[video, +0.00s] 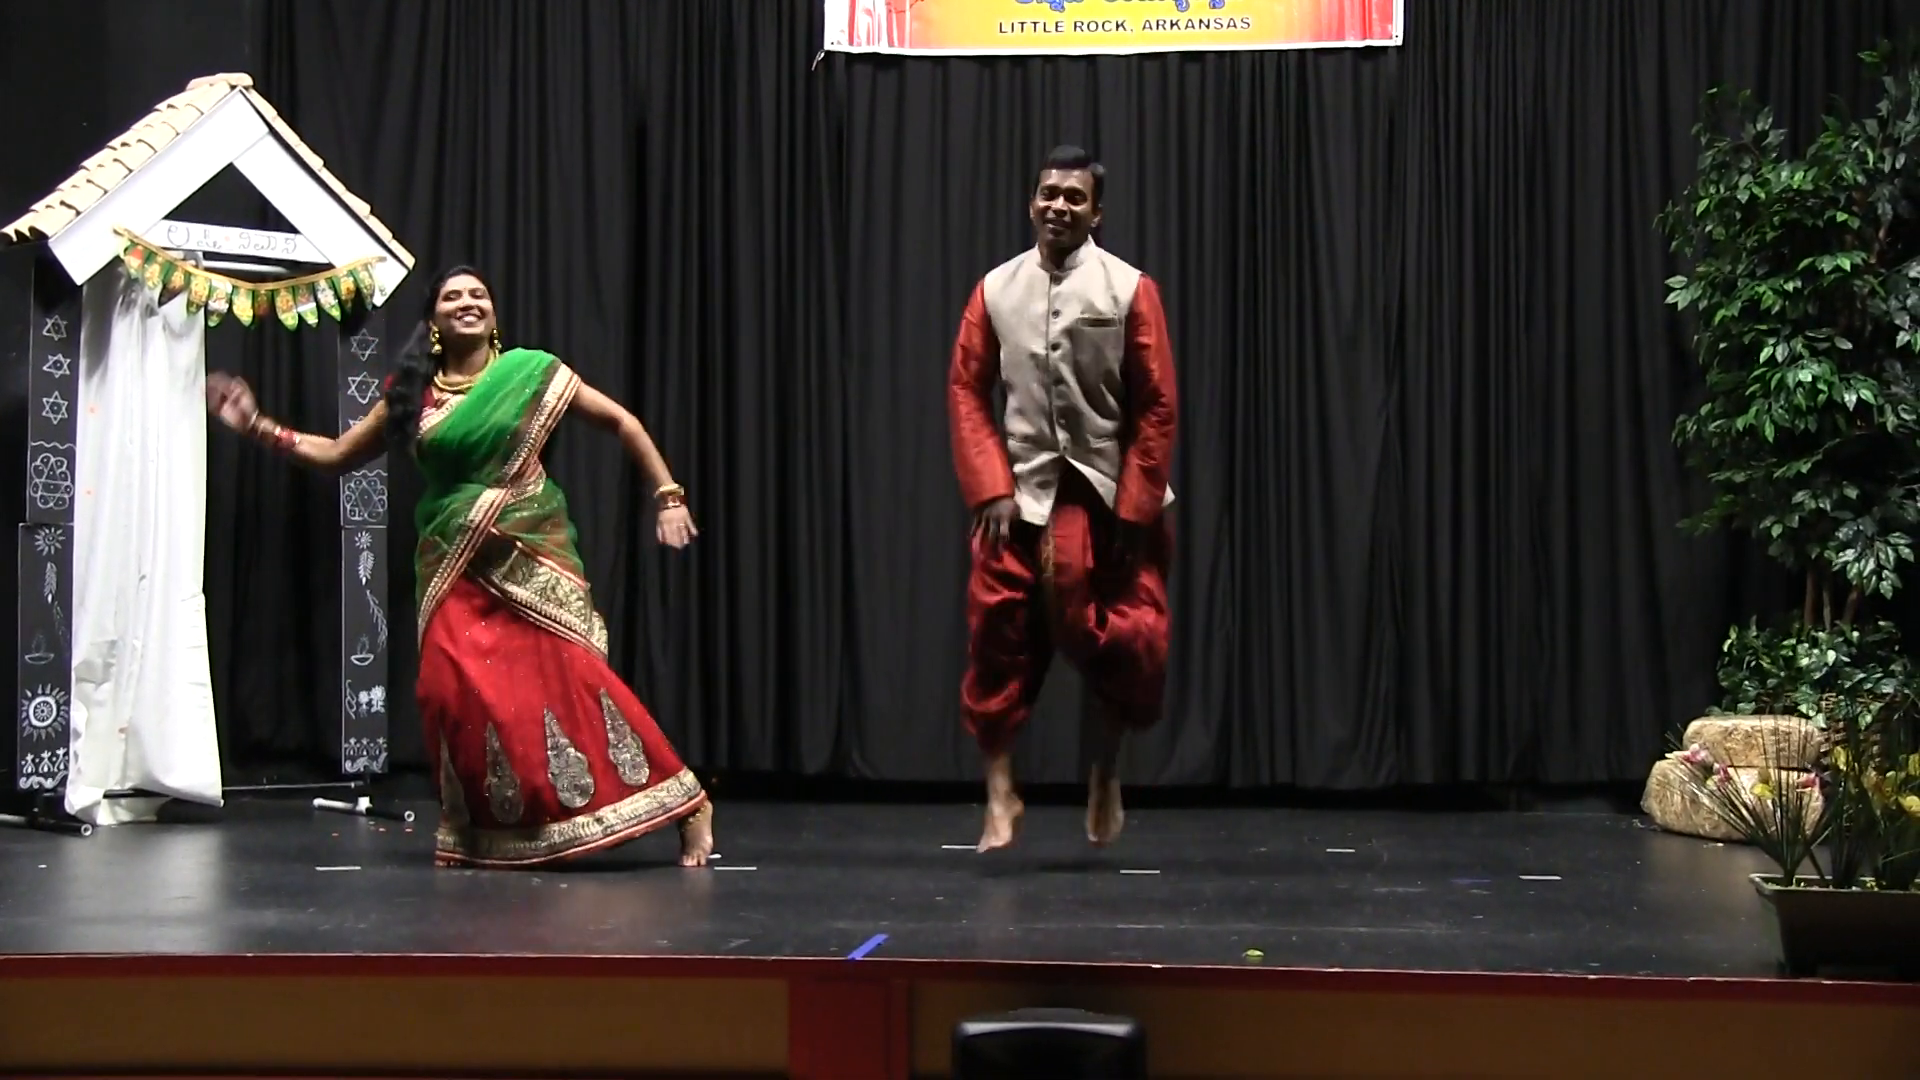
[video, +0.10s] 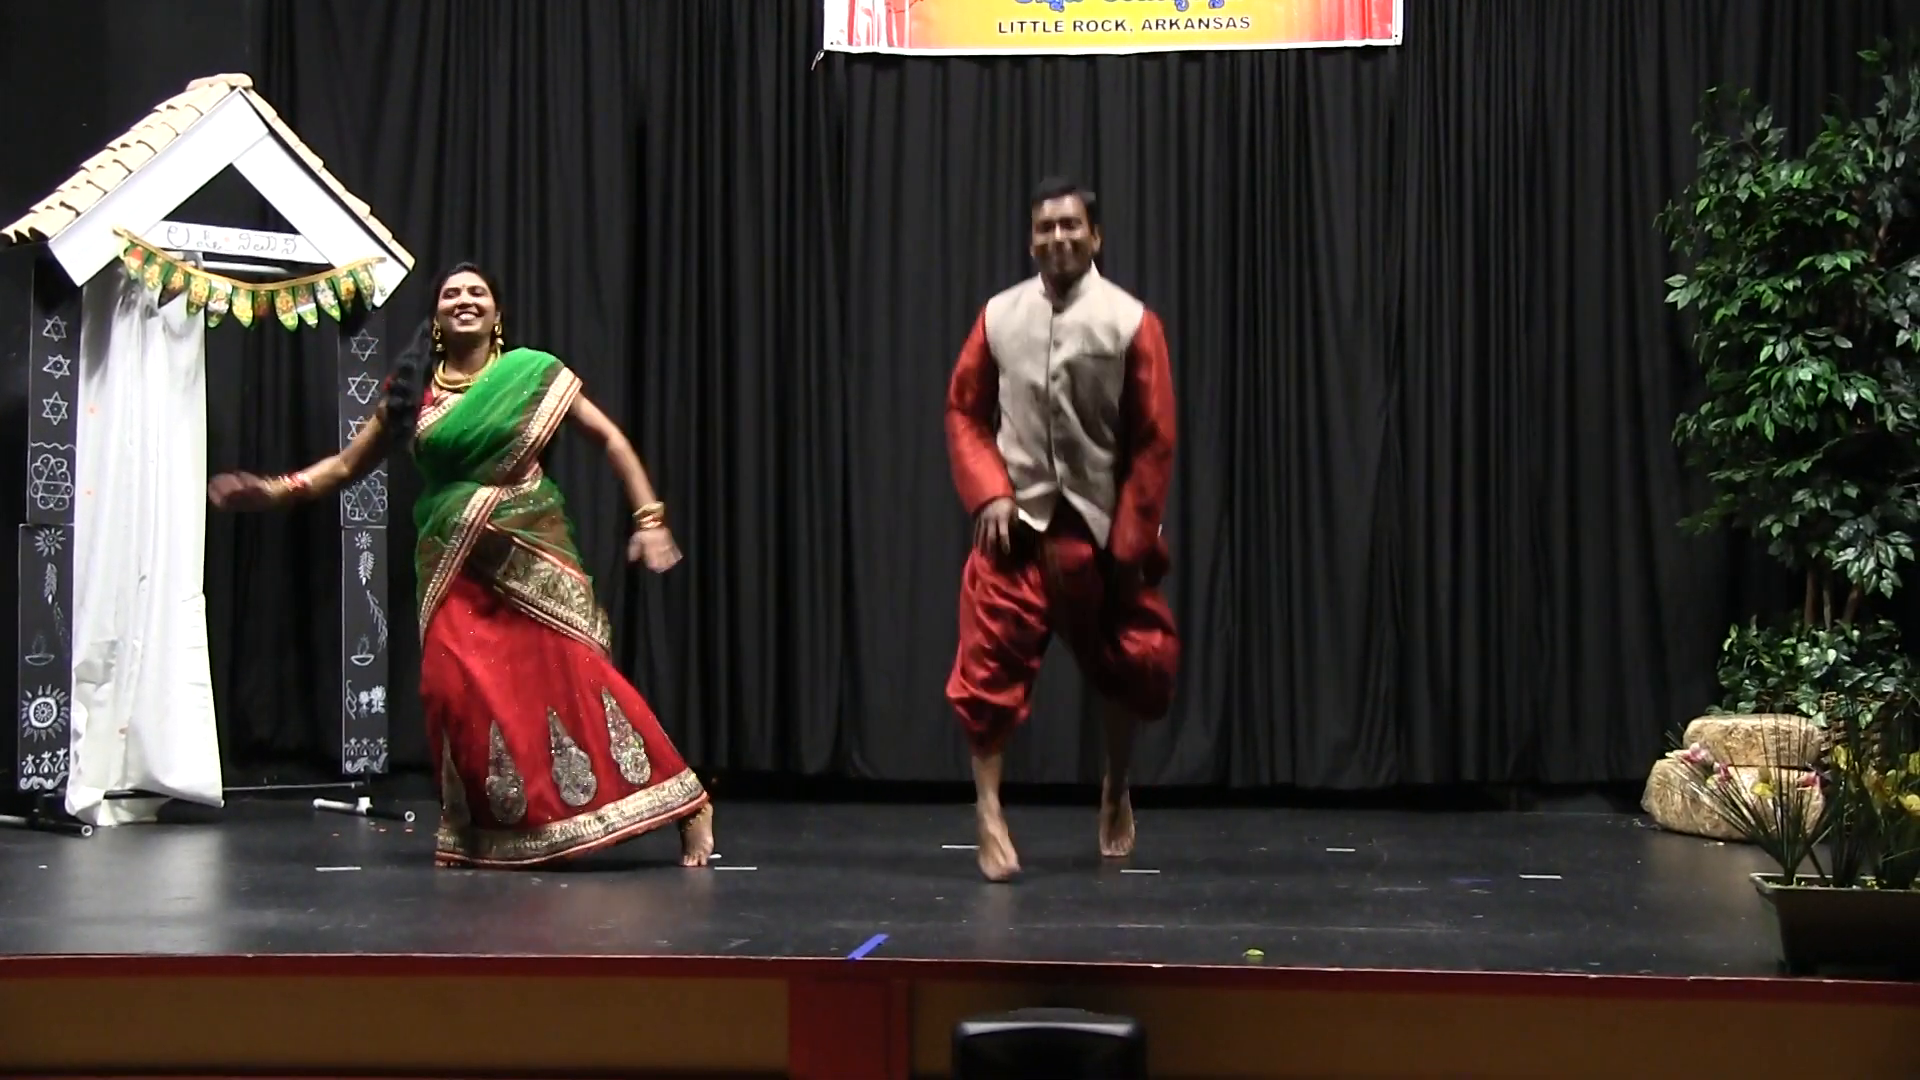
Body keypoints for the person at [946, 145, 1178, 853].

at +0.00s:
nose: (1057, 205)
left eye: (1072, 196)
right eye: (1047, 194)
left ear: (1095, 210)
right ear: (1032, 204)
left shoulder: (1129, 291)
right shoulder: (997, 289)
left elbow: (1158, 404)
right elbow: (966, 391)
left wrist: (1139, 502)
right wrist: (988, 483)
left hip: (1103, 485)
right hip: (1015, 483)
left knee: (1126, 634)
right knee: (995, 624)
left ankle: (1105, 775)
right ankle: (999, 794)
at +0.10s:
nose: (1057, 236)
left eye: (1069, 225)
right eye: (1045, 227)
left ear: (1095, 235)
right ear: (1031, 239)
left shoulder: (1133, 324)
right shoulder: (1000, 317)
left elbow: (1156, 440)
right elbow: (965, 414)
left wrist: (1131, 542)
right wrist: (988, 495)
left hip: (1103, 527)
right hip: (1013, 522)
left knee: (1128, 665)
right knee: (990, 662)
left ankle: (1115, 791)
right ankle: (990, 820)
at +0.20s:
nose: (1061, 305)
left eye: (1074, 293)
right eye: (1050, 294)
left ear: (1099, 305)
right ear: (1035, 304)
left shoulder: (1130, 396)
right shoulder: (997, 384)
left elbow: (1149, 511)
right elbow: (954, 479)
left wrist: (1126, 616)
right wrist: (997, 553)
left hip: (1097, 595)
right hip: (1013, 586)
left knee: (1120, 712)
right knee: (992, 708)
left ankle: (1115, 807)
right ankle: (999, 839)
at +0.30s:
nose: (1062, 379)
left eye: (1076, 366)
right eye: (1051, 367)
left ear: (1102, 377)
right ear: (1038, 377)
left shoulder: (1130, 468)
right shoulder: (998, 449)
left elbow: (1143, 584)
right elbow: (956, 551)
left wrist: (1124, 684)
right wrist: (1009, 620)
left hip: (1086, 627)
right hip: (1009, 621)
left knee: (1101, 720)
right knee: (980, 736)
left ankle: (1117, 817)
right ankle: (1004, 849)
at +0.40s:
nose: (1067, 430)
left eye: (1080, 417)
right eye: (1055, 418)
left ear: (1105, 429)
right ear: (1042, 429)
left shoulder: (1127, 519)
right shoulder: (997, 494)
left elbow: (1139, 637)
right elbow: (955, 589)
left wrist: (1121, 743)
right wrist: (1014, 637)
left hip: (1086, 669)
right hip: (1008, 660)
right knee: (1016, 692)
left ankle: (1115, 832)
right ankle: (1007, 851)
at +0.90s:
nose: (1033, 347)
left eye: (1046, 337)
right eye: (1022, 336)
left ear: (1065, 353)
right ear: (1004, 351)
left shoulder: (1103, 434)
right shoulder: (973, 438)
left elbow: (1126, 546)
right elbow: (959, 547)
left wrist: (1124, 647)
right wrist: (993, 631)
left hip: (1078, 608)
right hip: (1003, 608)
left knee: (1085, 697)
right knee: (1002, 688)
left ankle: (1114, 816)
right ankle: (1002, 849)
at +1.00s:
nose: (1034, 271)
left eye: (1046, 260)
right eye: (1023, 261)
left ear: (1068, 276)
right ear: (1006, 277)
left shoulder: (1108, 359)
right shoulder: (974, 368)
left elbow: (1131, 474)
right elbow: (967, 480)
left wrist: (1125, 576)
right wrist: (985, 575)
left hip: (1088, 562)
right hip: (1007, 563)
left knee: (1108, 698)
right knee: (995, 688)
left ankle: (1116, 801)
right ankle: (1002, 842)